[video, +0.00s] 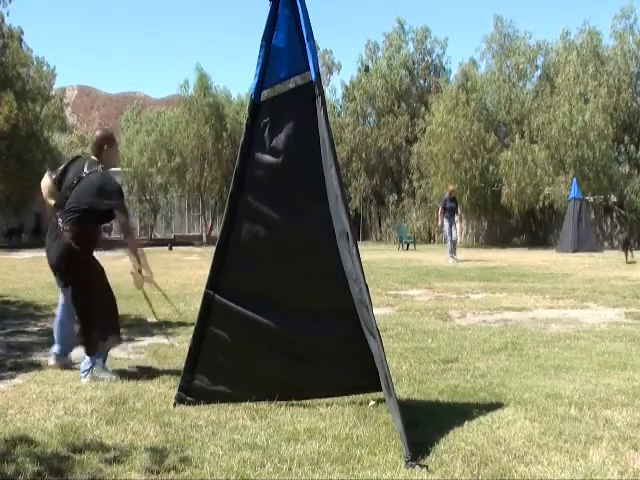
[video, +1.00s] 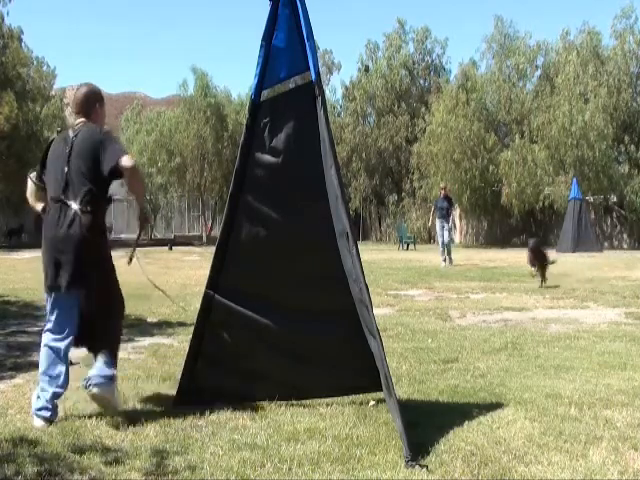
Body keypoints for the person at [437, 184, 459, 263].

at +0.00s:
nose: (453, 194)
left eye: (453, 192)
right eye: (451, 192)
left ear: (454, 192)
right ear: (449, 192)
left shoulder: (454, 199)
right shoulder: (445, 200)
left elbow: (456, 209)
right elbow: (440, 211)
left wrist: (458, 215)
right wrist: (440, 221)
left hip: (453, 217)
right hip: (446, 218)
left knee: (454, 237)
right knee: (449, 237)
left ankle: (453, 253)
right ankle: (450, 254)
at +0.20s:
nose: (452, 193)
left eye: (452, 191)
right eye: (450, 191)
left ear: (454, 192)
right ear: (448, 192)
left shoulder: (454, 199)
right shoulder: (444, 198)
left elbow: (457, 209)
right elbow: (439, 208)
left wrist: (460, 219)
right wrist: (444, 214)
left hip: (453, 219)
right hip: (446, 219)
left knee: (453, 236)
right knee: (447, 237)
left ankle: (454, 254)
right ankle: (450, 254)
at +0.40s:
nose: (451, 194)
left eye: (452, 192)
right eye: (450, 192)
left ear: (453, 193)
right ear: (447, 192)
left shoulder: (454, 201)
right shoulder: (443, 200)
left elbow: (457, 210)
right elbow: (439, 209)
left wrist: (459, 217)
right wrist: (441, 217)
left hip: (452, 220)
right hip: (445, 220)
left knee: (452, 239)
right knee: (446, 240)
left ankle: (452, 256)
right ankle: (449, 255)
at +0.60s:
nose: (448, 193)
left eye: (450, 191)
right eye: (447, 190)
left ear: (452, 191)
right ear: (445, 191)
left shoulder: (454, 199)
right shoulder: (442, 199)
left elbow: (456, 210)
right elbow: (439, 208)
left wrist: (458, 221)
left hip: (451, 219)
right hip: (444, 219)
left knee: (451, 239)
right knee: (445, 238)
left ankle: (452, 257)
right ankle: (445, 256)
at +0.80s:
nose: (445, 194)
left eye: (447, 192)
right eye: (444, 192)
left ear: (449, 193)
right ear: (442, 193)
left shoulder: (450, 201)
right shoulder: (439, 201)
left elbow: (453, 210)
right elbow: (434, 210)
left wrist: (451, 216)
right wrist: (431, 220)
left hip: (448, 220)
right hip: (441, 220)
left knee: (450, 239)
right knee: (443, 239)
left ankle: (452, 258)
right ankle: (443, 258)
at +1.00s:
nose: (443, 192)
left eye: (444, 190)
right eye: (442, 190)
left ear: (446, 191)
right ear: (440, 191)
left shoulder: (449, 200)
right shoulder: (437, 200)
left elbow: (452, 211)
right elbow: (432, 211)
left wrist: (451, 222)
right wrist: (430, 221)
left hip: (447, 220)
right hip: (439, 220)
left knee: (447, 240)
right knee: (441, 240)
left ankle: (449, 257)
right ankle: (443, 258)